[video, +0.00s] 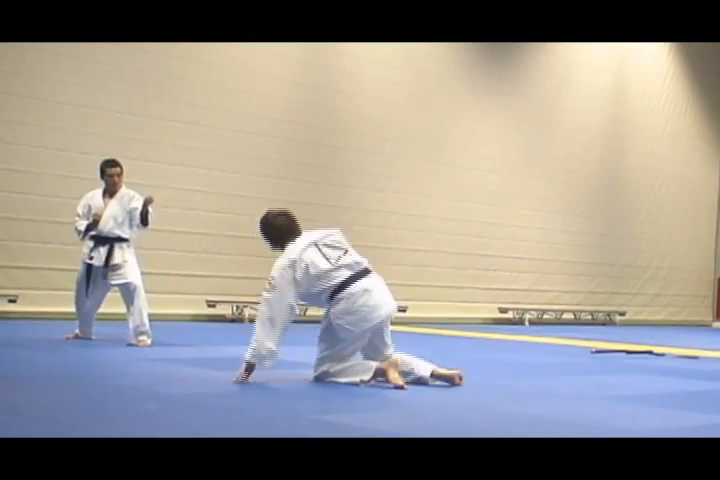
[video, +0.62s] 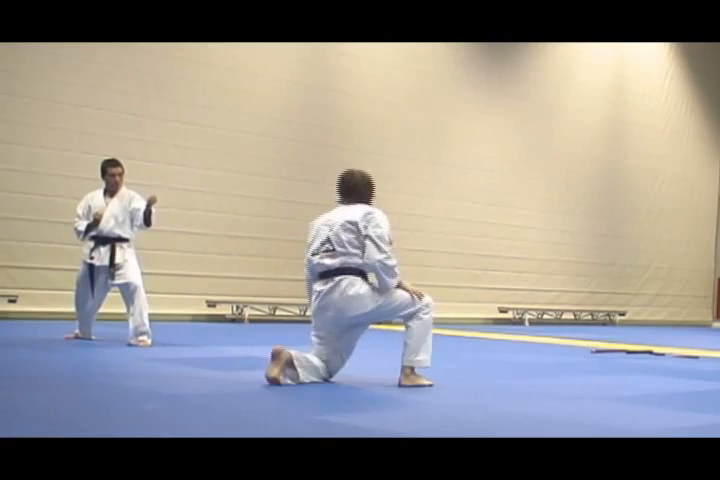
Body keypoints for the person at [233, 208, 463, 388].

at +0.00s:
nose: (267, 243)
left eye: (266, 238)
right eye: (266, 237)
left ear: (273, 239)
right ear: (293, 226)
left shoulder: (286, 264)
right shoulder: (325, 236)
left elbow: (272, 316)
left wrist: (251, 360)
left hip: (353, 304)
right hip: (379, 292)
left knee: (326, 370)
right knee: (381, 359)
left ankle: (379, 371)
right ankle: (437, 374)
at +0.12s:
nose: (275, 226)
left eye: (275, 221)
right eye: (276, 221)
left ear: (280, 222)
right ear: (304, 212)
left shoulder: (283, 249)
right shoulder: (336, 226)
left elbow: (268, 302)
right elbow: (375, 252)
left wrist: (262, 350)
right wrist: (388, 290)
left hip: (340, 300)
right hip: (371, 283)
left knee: (325, 369)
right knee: (393, 344)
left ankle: (378, 368)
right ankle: (435, 372)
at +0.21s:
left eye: (285, 208)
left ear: (288, 212)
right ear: (315, 203)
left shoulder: (284, 243)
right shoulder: (342, 219)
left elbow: (274, 295)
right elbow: (379, 246)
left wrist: (277, 340)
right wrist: (391, 286)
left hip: (332, 302)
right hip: (367, 285)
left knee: (323, 368)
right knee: (401, 330)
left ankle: (373, 367)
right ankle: (430, 370)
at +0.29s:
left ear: (299, 203)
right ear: (328, 197)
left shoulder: (288, 235)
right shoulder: (347, 214)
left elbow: (284, 287)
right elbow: (378, 247)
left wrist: (293, 327)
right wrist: (389, 279)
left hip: (325, 301)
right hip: (360, 285)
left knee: (319, 368)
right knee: (402, 316)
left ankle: (363, 363)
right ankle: (419, 368)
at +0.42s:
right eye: (345, 189)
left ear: (315, 194)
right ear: (344, 191)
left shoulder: (300, 223)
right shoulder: (356, 211)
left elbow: (295, 272)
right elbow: (372, 251)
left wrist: (303, 321)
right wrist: (388, 279)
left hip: (315, 294)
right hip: (352, 286)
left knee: (315, 362)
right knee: (412, 310)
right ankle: (408, 371)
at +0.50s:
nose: (356, 194)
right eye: (356, 190)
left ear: (325, 193)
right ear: (354, 192)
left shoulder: (308, 221)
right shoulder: (361, 212)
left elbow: (301, 268)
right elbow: (373, 255)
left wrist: (307, 310)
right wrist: (390, 282)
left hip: (318, 298)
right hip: (351, 290)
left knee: (324, 367)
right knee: (417, 307)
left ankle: (304, 356)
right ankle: (408, 372)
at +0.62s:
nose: (372, 194)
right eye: (370, 190)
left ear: (340, 193)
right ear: (369, 193)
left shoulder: (320, 222)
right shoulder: (371, 214)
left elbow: (311, 267)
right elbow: (378, 258)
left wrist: (314, 302)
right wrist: (397, 284)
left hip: (322, 295)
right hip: (354, 290)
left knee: (323, 367)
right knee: (421, 305)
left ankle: (288, 360)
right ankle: (409, 372)